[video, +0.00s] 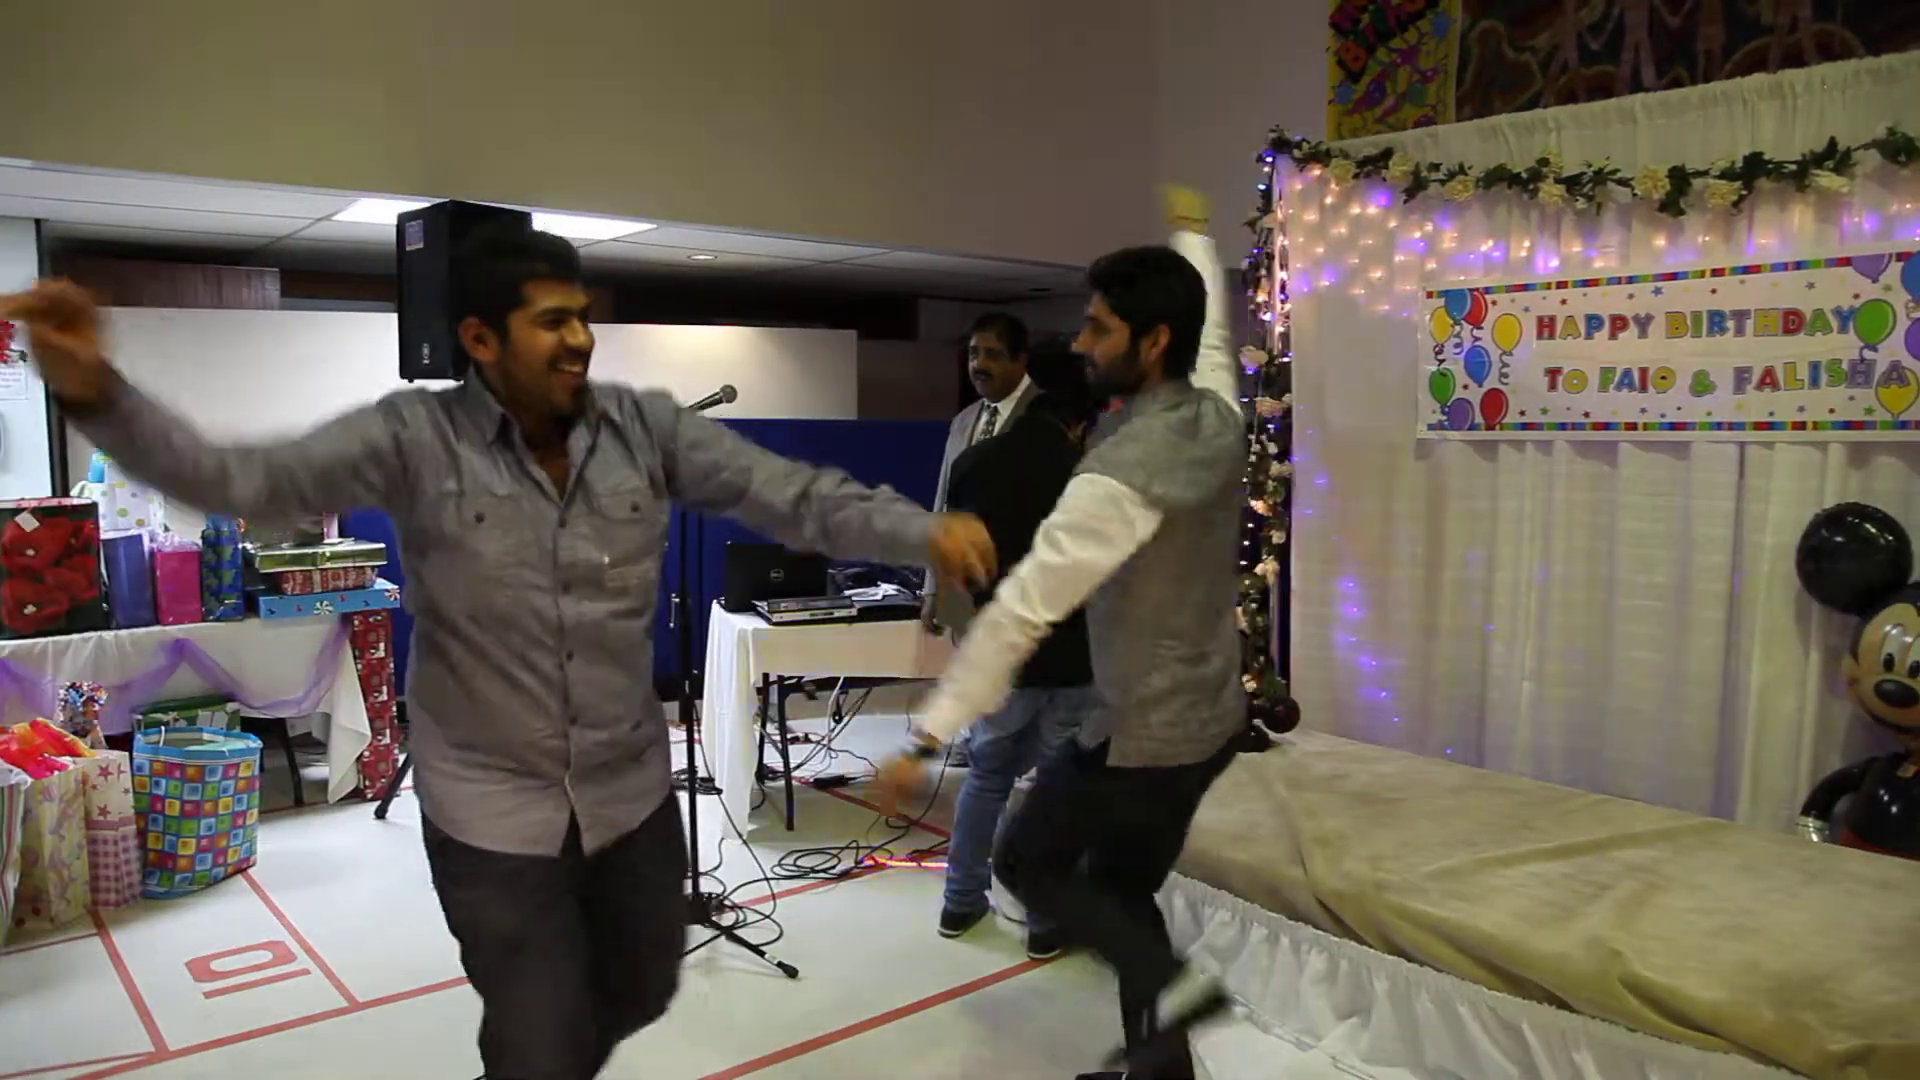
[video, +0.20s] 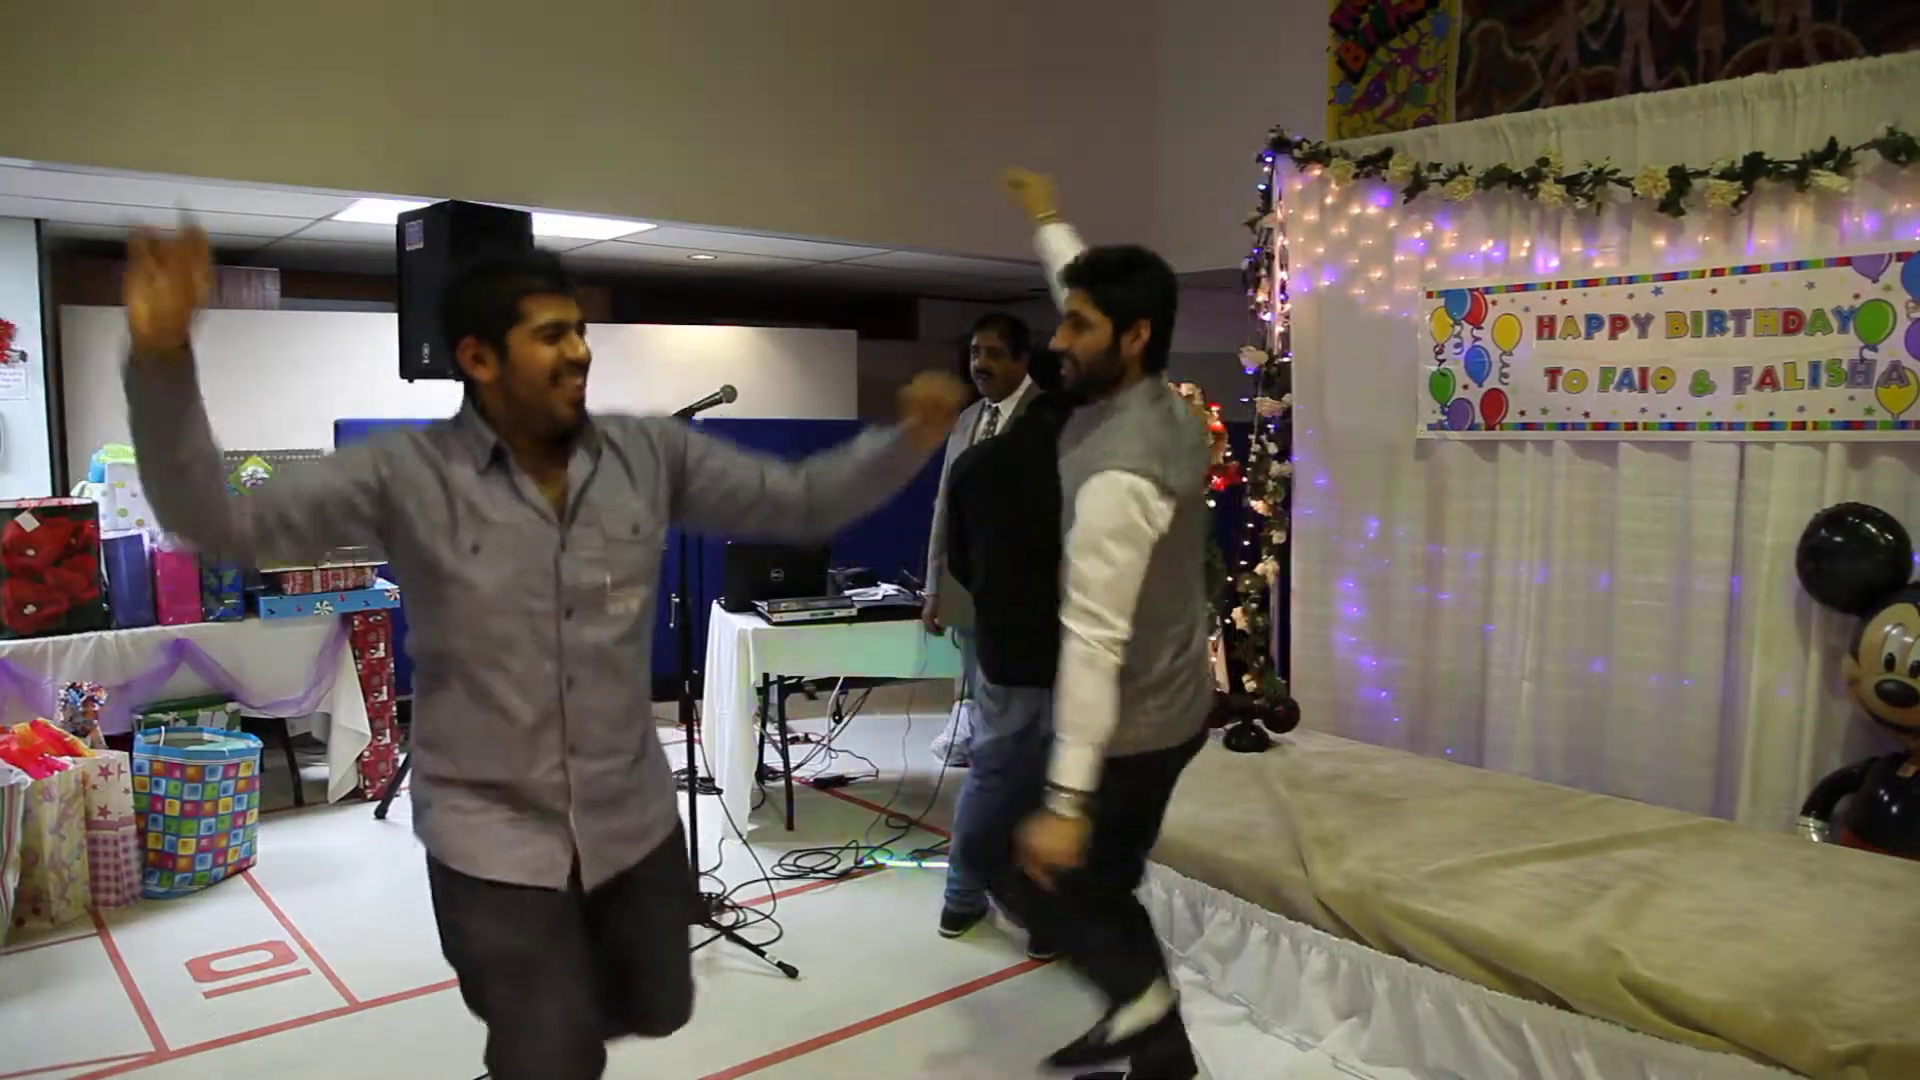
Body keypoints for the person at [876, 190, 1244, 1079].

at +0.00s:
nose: (1083, 339)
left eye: (1100, 327)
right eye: (1088, 323)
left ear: (1154, 341)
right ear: (1171, 343)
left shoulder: (1124, 466)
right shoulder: (1214, 419)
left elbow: (1028, 602)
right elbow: (1205, 341)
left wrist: (927, 739)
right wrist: (1196, 243)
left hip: (1158, 725)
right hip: (1210, 710)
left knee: (1028, 860)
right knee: (1123, 888)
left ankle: (1171, 978)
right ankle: (1154, 1053)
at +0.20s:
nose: (1062, 338)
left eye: (1080, 325)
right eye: (1064, 322)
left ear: (1133, 339)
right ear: (1127, 337)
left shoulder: (1118, 472)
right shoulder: (1161, 401)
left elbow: (1094, 640)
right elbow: (1091, 299)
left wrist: (1067, 799)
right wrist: (1046, 220)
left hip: (1127, 724)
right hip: (1165, 701)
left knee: (1028, 872)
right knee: (1104, 883)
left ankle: (1134, 998)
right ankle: (1152, 1046)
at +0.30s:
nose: (1055, 348)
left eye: (1072, 337)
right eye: (1056, 334)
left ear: (1126, 352)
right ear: (1069, 346)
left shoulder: (1120, 490)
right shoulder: (1106, 415)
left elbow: (1134, 647)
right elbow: (1041, 328)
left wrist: (1147, 803)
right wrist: (981, 232)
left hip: (1081, 739)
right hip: (1095, 726)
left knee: (986, 883)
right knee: (1088, 907)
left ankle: (1059, 1049)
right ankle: (1162, 1065)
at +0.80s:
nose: (963, 329)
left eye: (984, 313)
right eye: (958, 313)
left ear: (1039, 325)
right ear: (957, 325)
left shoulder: (1087, 431)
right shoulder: (927, 414)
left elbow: (1220, 419)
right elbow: (811, 344)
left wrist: (1375, 402)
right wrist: (694, 250)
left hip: (1026, 731)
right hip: (923, 709)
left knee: (966, 929)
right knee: (867, 886)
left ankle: (981, 1071)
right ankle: (914, 960)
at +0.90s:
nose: (943, 340)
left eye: (964, 323)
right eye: (935, 323)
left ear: (1018, 335)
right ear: (928, 337)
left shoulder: (1076, 442)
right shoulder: (898, 428)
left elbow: (1211, 411)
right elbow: (781, 358)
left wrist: (1353, 366)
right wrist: (666, 255)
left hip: (1010, 748)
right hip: (901, 741)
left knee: (967, 959)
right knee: (880, 948)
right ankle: (855, 1074)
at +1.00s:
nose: (921, 344)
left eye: (940, 327)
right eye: (912, 329)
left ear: (991, 337)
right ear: (908, 344)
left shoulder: (1050, 439)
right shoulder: (877, 436)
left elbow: (1174, 406)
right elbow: (759, 360)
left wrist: (1308, 337)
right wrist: (656, 251)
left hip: (999, 746)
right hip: (888, 746)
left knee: (974, 964)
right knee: (898, 953)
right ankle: (839, 1071)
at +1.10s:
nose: (908, 328)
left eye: (928, 312)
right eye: (895, 313)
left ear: (968, 326)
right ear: (878, 328)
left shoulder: (1016, 422)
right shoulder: (852, 417)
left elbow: (1134, 382)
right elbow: (748, 335)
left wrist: (1269, 310)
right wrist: (648, 221)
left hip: (982, 727)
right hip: (873, 729)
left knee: (973, 948)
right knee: (897, 946)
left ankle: (953, 1079)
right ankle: (841, 1063)